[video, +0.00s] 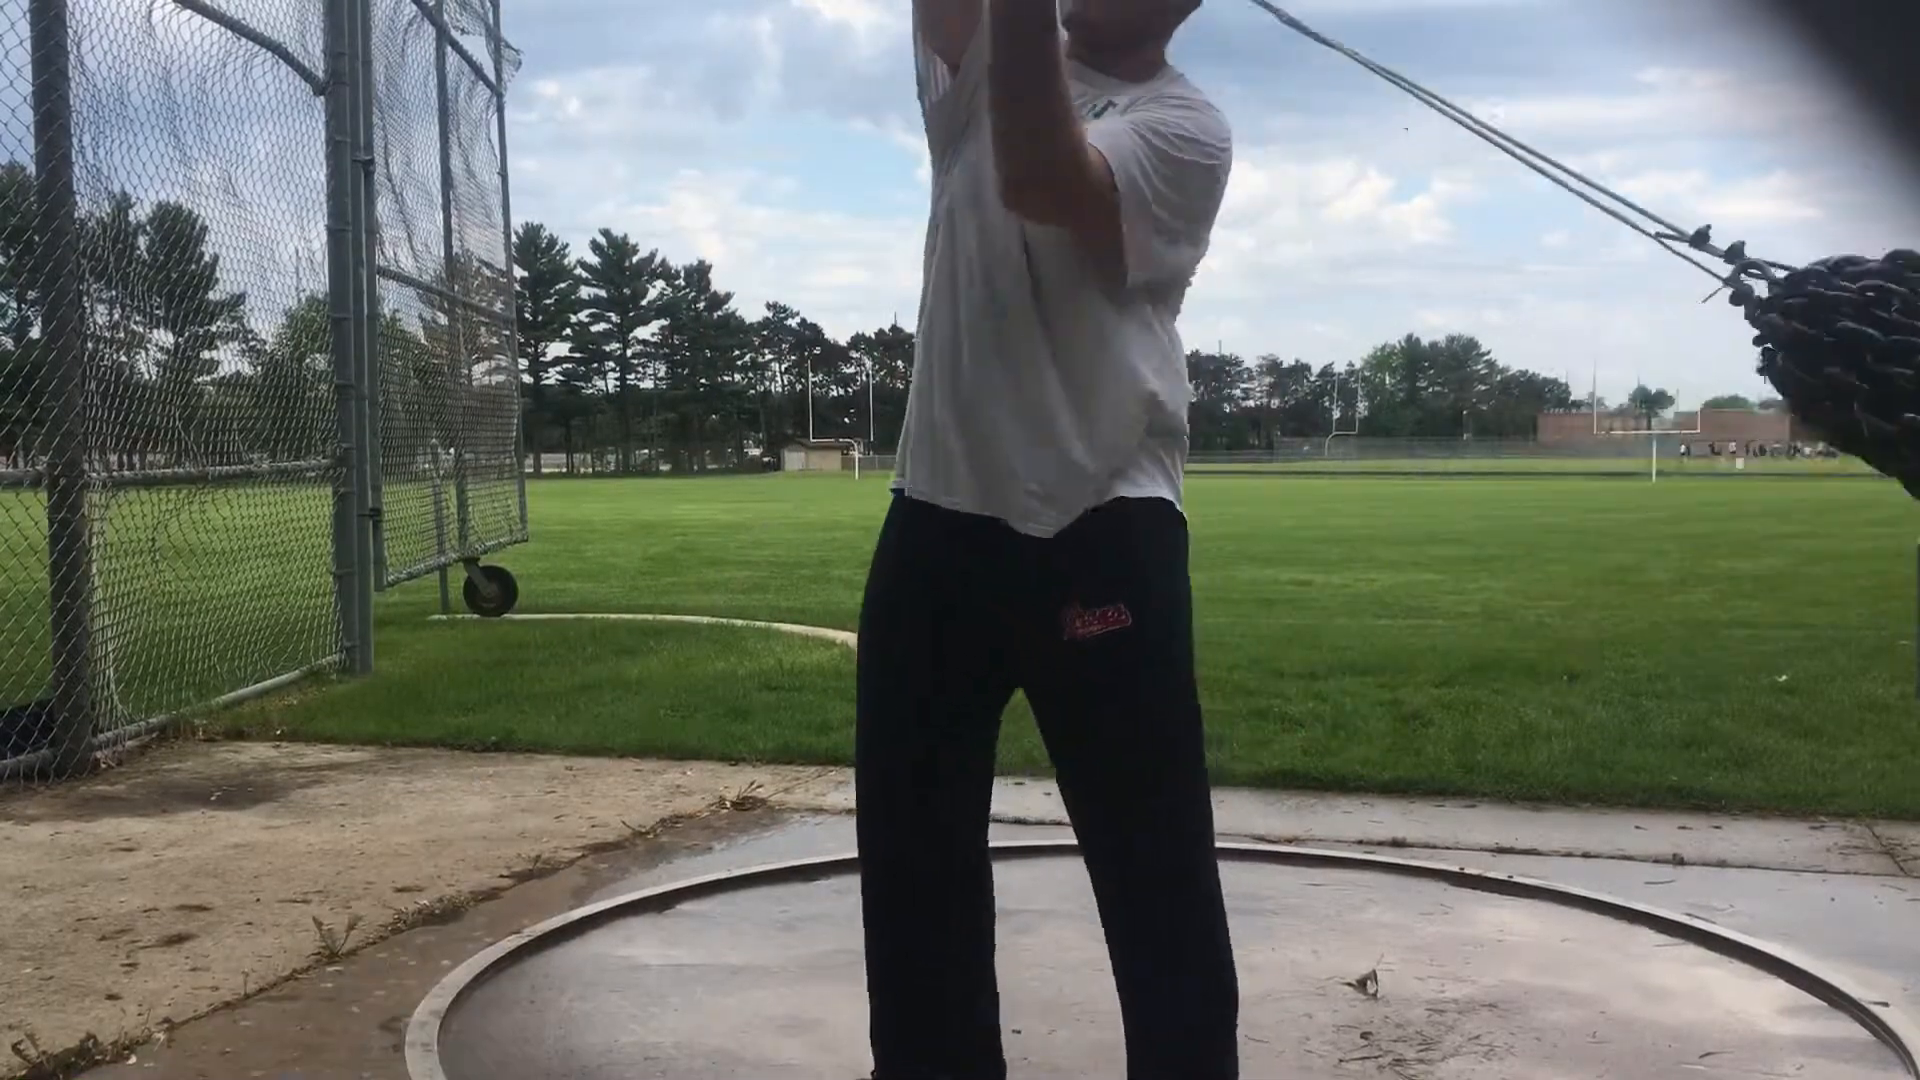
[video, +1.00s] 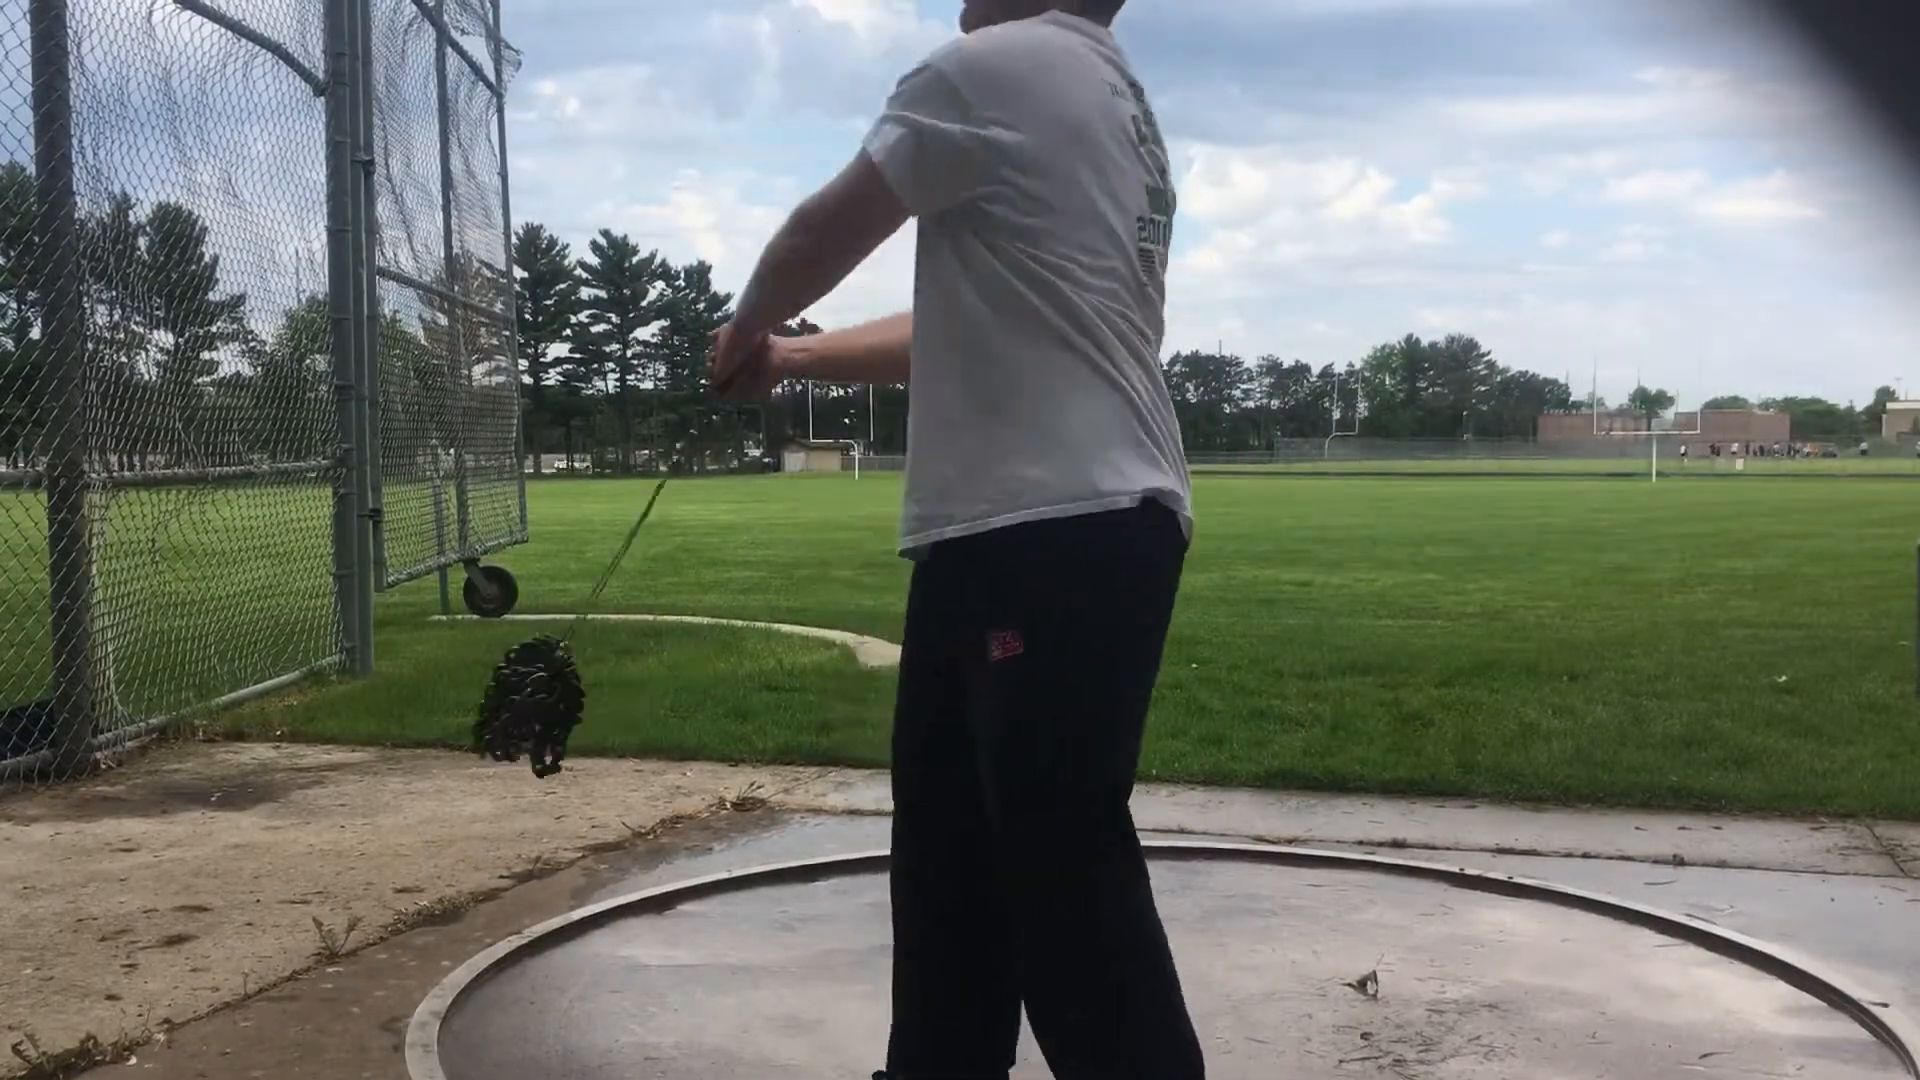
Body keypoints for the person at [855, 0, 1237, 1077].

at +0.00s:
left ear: (1184, 6)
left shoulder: (1186, 130)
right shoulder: (983, 73)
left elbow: (1038, 179)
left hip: (1103, 530)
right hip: (937, 520)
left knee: (1157, 900)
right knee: (916, 899)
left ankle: (1186, 1068)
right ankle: (932, 1071)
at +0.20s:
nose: (977, 12)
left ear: (1061, 1)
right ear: (1095, 7)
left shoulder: (1069, 96)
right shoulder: (968, 90)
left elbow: (951, 8)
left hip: (992, 511)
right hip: (884, 502)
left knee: (1060, 867)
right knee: (888, 867)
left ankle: (1140, 1059)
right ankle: (930, 1059)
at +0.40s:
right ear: (1052, 18)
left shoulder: (932, 37)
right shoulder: (1055, 123)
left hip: (901, 472)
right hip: (970, 483)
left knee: (967, 828)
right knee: (889, 837)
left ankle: (1144, 1063)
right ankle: (930, 1061)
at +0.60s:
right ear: (1054, 19)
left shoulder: (886, 29)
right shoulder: (1074, 168)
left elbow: (807, 68)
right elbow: (1012, 329)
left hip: (899, 461)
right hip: (1003, 493)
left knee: (947, 820)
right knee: (918, 824)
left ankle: (1145, 1065)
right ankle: (937, 1063)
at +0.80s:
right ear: (1069, 17)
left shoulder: (902, 39)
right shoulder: (1104, 148)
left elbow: (814, 201)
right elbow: (1054, 322)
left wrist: (862, 317)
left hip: (944, 483)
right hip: (1045, 497)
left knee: (992, 830)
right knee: (919, 829)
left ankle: (1129, 1065)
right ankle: (937, 1062)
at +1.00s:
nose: (960, 13)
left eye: (970, 3)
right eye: (965, 6)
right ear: (1087, 7)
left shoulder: (990, 66)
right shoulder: (1117, 110)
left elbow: (814, 241)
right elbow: (980, 324)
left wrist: (750, 329)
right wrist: (788, 352)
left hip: (1041, 523)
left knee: (1061, 862)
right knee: (947, 859)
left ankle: (1141, 1064)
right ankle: (940, 1064)